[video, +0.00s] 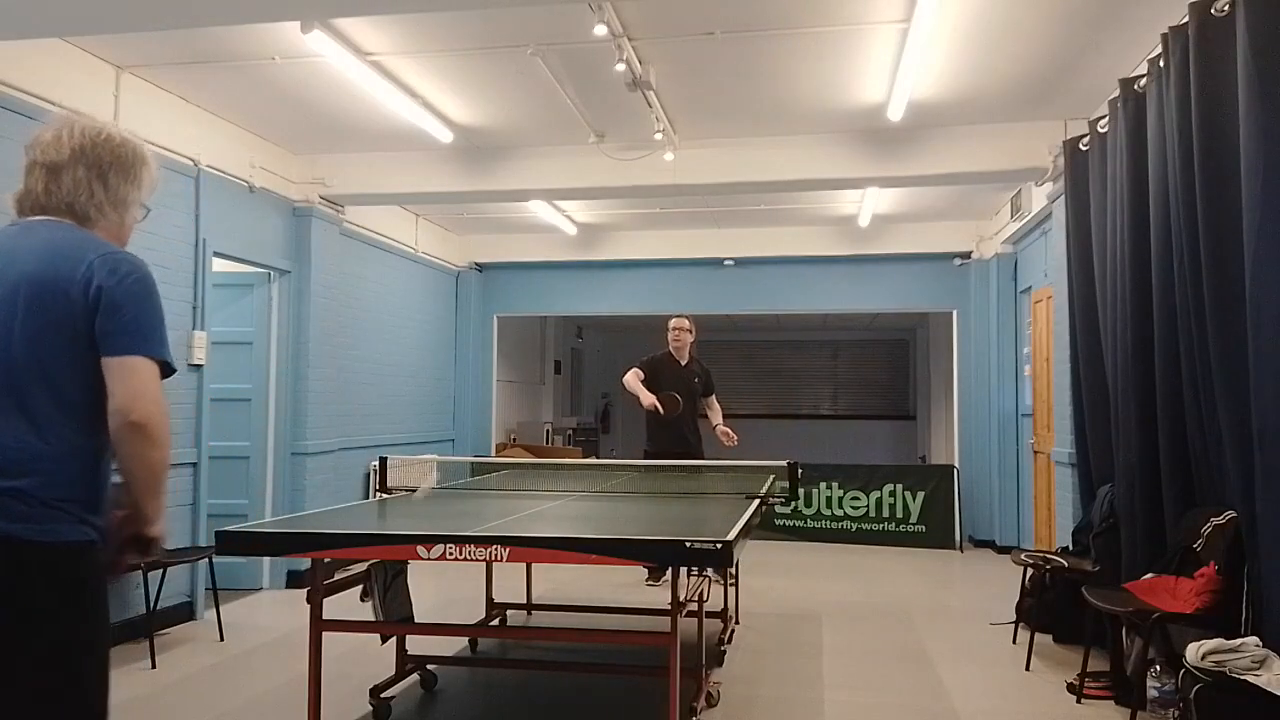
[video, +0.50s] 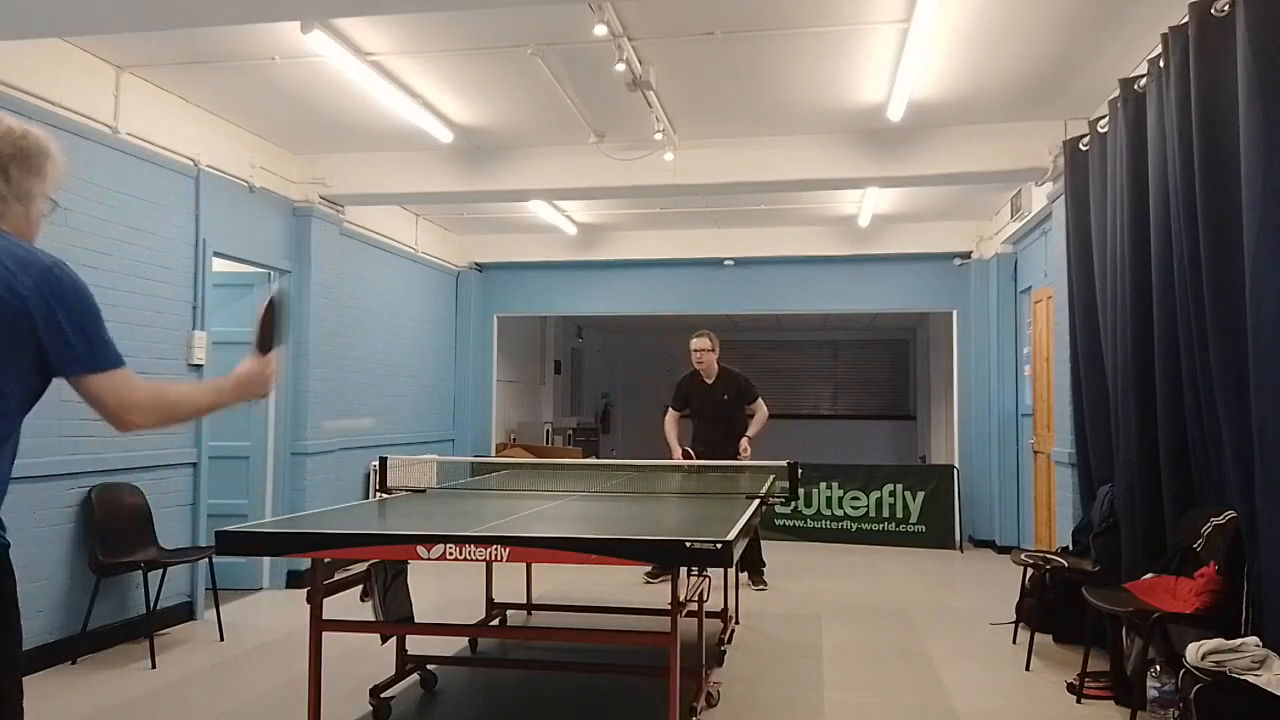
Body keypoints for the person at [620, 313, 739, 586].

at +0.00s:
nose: (678, 334)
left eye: (683, 330)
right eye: (674, 330)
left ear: (692, 336)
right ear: (667, 335)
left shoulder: (700, 370)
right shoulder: (655, 362)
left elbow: (711, 404)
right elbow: (629, 378)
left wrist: (718, 425)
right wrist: (643, 393)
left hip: (691, 452)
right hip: (657, 452)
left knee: (698, 507)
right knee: (656, 509)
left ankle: (709, 562)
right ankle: (656, 566)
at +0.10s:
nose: (680, 337)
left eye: (686, 333)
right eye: (677, 333)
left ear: (696, 338)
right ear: (671, 337)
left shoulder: (705, 372)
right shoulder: (657, 367)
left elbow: (718, 406)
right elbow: (631, 390)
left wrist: (720, 427)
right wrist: (647, 408)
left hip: (697, 455)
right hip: (662, 455)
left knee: (715, 507)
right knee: (660, 510)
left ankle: (732, 563)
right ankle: (657, 566)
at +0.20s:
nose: (685, 341)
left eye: (690, 337)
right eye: (681, 337)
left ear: (700, 341)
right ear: (675, 340)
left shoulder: (712, 374)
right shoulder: (663, 372)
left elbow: (727, 408)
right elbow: (639, 403)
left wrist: (725, 429)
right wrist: (652, 426)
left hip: (705, 456)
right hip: (670, 456)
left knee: (724, 508)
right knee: (663, 510)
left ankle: (749, 566)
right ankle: (658, 566)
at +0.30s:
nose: (689, 347)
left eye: (694, 342)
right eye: (685, 342)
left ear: (705, 345)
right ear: (680, 345)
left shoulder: (720, 376)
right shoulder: (671, 377)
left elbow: (739, 409)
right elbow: (650, 412)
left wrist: (732, 430)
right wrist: (659, 438)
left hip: (717, 459)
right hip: (680, 460)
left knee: (735, 510)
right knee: (668, 510)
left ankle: (753, 569)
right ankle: (659, 566)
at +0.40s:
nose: (694, 351)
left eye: (699, 346)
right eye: (690, 347)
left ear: (711, 348)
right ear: (685, 350)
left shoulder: (730, 378)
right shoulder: (680, 381)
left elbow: (753, 409)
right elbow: (662, 416)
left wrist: (740, 434)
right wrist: (668, 446)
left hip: (726, 462)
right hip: (691, 462)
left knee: (741, 514)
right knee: (674, 511)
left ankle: (754, 570)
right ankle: (660, 566)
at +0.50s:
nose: (698, 356)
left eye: (703, 351)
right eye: (694, 352)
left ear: (715, 353)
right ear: (690, 355)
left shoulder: (736, 380)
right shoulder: (687, 383)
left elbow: (762, 412)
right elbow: (671, 418)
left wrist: (747, 437)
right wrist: (676, 450)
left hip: (733, 461)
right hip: (697, 461)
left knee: (745, 515)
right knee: (680, 509)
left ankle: (755, 571)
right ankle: (666, 563)